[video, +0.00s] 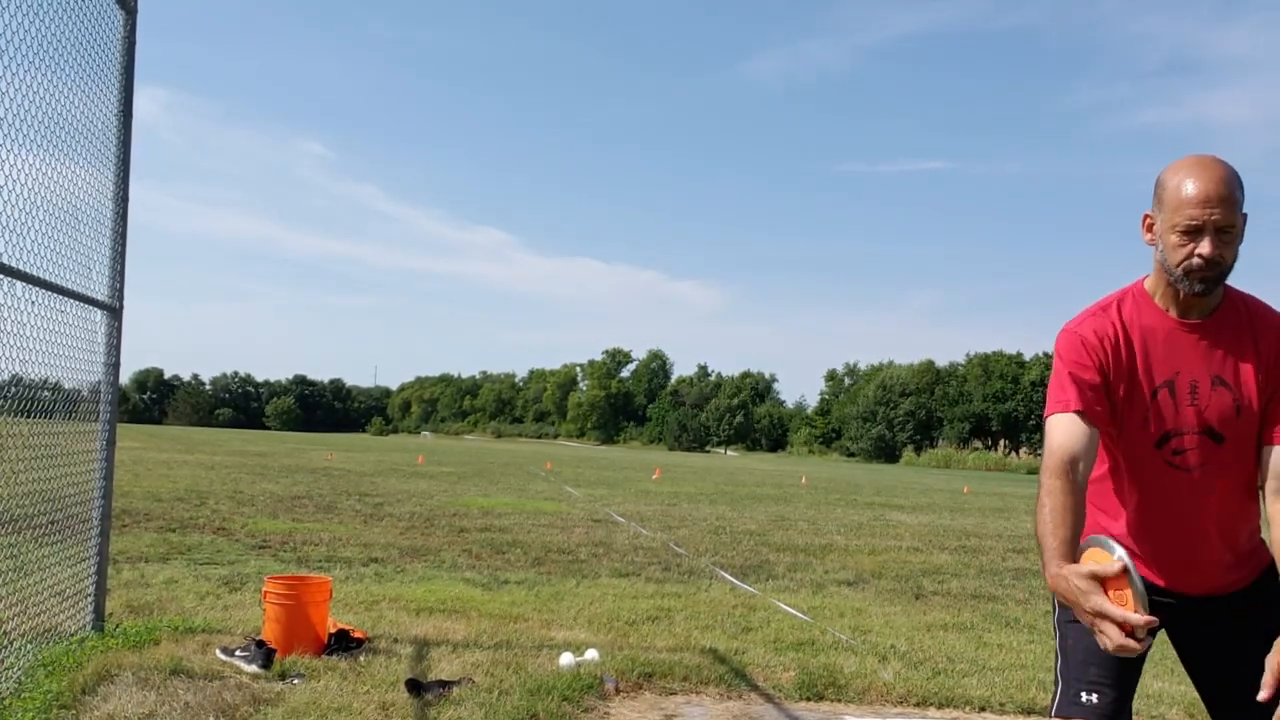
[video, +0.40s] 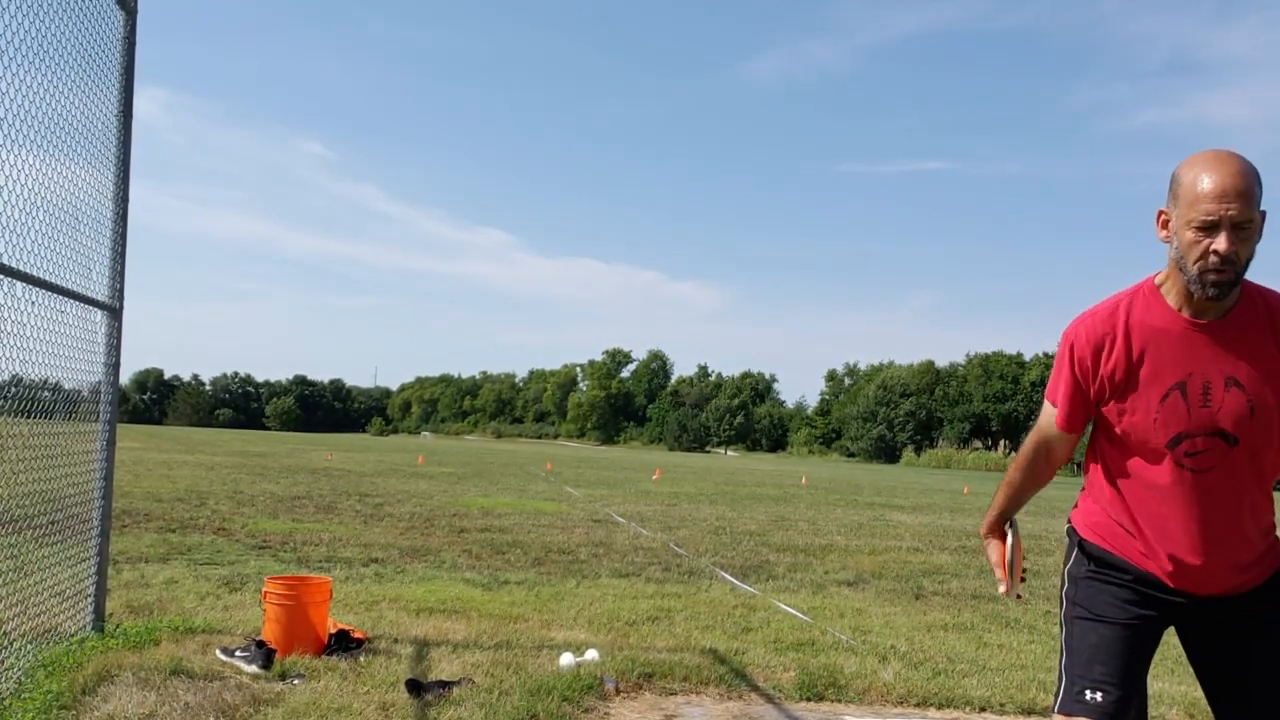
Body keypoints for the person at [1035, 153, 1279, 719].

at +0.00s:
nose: (1207, 250)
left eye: (1224, 232)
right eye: (1189, 232)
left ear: (1242, 231)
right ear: (1151, 230)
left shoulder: (1268, 334)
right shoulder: (1094, 337)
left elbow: (1274, 484)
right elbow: (1065, 467)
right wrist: (1057, 571)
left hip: (1234, 579)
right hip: (1118, 572)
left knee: (1257, 708)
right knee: (1088, 709)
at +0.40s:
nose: (1225, 247)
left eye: (1241, 228)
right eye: (1206, 228)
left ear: (1260, 228)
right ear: (1166, 226)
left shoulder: (1274, 325)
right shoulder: (1101, 334)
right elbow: (1051, 439)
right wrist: (997, 517)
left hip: (1243, 568)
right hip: (1118, 562)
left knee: (1259, 708)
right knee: (1093, 710)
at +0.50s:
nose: (1224, 249)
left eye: (1241, 230)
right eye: (1206, 230)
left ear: (1260, 231)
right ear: (1165, 228)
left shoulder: (1275, 328)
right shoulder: (1097, 336)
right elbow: (1051, 434)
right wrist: (1002, 501)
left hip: (1244, 573)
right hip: (1117, 567)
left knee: (1261, 706)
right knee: (1094, 710)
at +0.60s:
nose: (1223, 251)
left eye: (1240, 232)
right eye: (1205, 231)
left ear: (1257, 233)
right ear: (1164, 230)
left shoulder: (1273, 332)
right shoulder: (1095, 340)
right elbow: (1054, 443)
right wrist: (1007, 515)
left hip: (1243, 574)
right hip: (1117, 568)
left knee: (1261, 706)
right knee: (1096, 711)